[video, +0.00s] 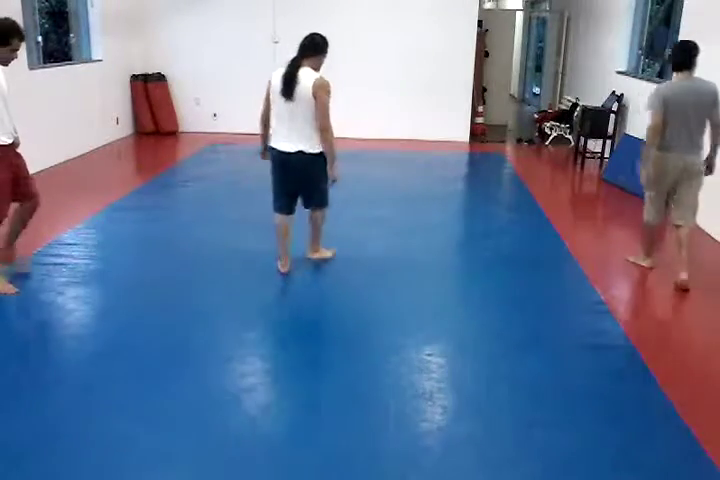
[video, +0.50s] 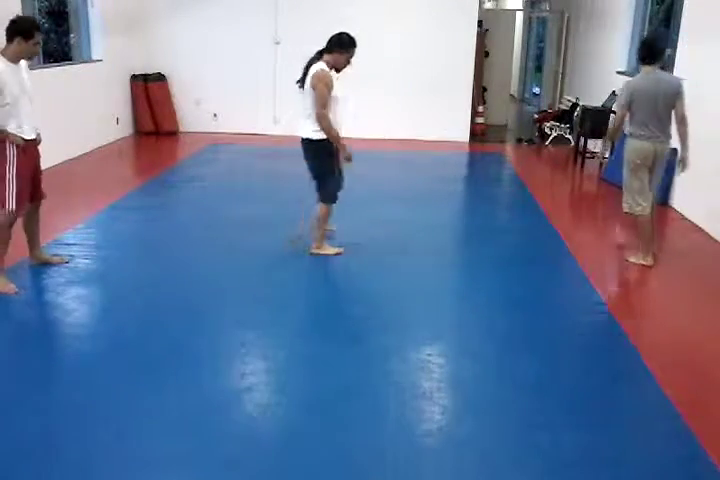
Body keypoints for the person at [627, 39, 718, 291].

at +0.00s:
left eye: (672, 59)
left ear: (671, 62)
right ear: (695, 62)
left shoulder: (662, 91)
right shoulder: (709, 91)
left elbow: (655, 128)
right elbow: (716, 129)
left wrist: (645, 161)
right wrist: (712, 156)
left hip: (663, 158)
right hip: (693, 161)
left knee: (654, 208)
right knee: (684, 217)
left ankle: (647, 256)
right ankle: (683, 272)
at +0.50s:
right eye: (659, 55)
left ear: (639, 56)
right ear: (661, 57)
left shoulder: (632, 85)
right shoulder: (674, 84)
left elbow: (619, 120)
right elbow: (681, 120)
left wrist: (608, 140)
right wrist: (684, 151)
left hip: (637, 146)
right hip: (662, 147)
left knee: (641, 200)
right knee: (649, 197)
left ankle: (645, 253)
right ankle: (649, 247)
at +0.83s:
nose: (623, 55)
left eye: (624, 51)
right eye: (625, 51)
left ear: (627, 53)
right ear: (646, 54)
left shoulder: (619, 80)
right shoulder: (656, 80)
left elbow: (611, 115)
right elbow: (661, 115)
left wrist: (603, 148)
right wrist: (659, 143)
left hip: (621, 137)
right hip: (643, 139)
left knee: (612, 188)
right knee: (626, 188)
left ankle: (630, 230)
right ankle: (611, 232)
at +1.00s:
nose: (611, 55)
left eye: (612, 51)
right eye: (611, 51)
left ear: (620, 52)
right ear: (632, 52)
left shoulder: (616, 77)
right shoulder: (647, 76)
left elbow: (607, 112)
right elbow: (650, 111)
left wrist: (597, 142)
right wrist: (645, 136)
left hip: (615, 134)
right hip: (636, 135)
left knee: (594, 176)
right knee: (624, 185)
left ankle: (604, 223)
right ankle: (613, 231)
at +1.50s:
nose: (576, 57)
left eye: (578, 53)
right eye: (575, 53)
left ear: (589, 52)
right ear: (593, 52)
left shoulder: (587, 75)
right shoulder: (612, 74)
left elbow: (580, 111)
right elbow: (615, 107)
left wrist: (568, 139)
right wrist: (613, 134)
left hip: (585, 129)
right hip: (602, 129)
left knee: (572, 173)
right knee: (593, 173)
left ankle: (570, 217)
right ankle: (602, 206)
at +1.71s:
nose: (567, 55)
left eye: (570, 51)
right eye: (567, 51)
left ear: (581, 50)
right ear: (584, 51)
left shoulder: (584, 71)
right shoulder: (599, 70)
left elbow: (578, 106)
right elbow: (604, 102)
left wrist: (559, 130)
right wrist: (604, 127)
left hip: (584, 125)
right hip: (595, 125)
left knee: (572, 168)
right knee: (577, 167)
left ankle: (572, 217)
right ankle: (575, 213)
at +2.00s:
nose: (567, 56)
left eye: (570, 51)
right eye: (566, 51)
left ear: (582, 51)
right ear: (569, 51)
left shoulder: (592, 71)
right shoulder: (576, 70)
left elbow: (597, 102)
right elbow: (575, 98)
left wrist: (594, 123)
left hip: (585, 122)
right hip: (573, 121)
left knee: (576, 169)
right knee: (570, 168)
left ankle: (574, 216)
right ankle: (570, 212)